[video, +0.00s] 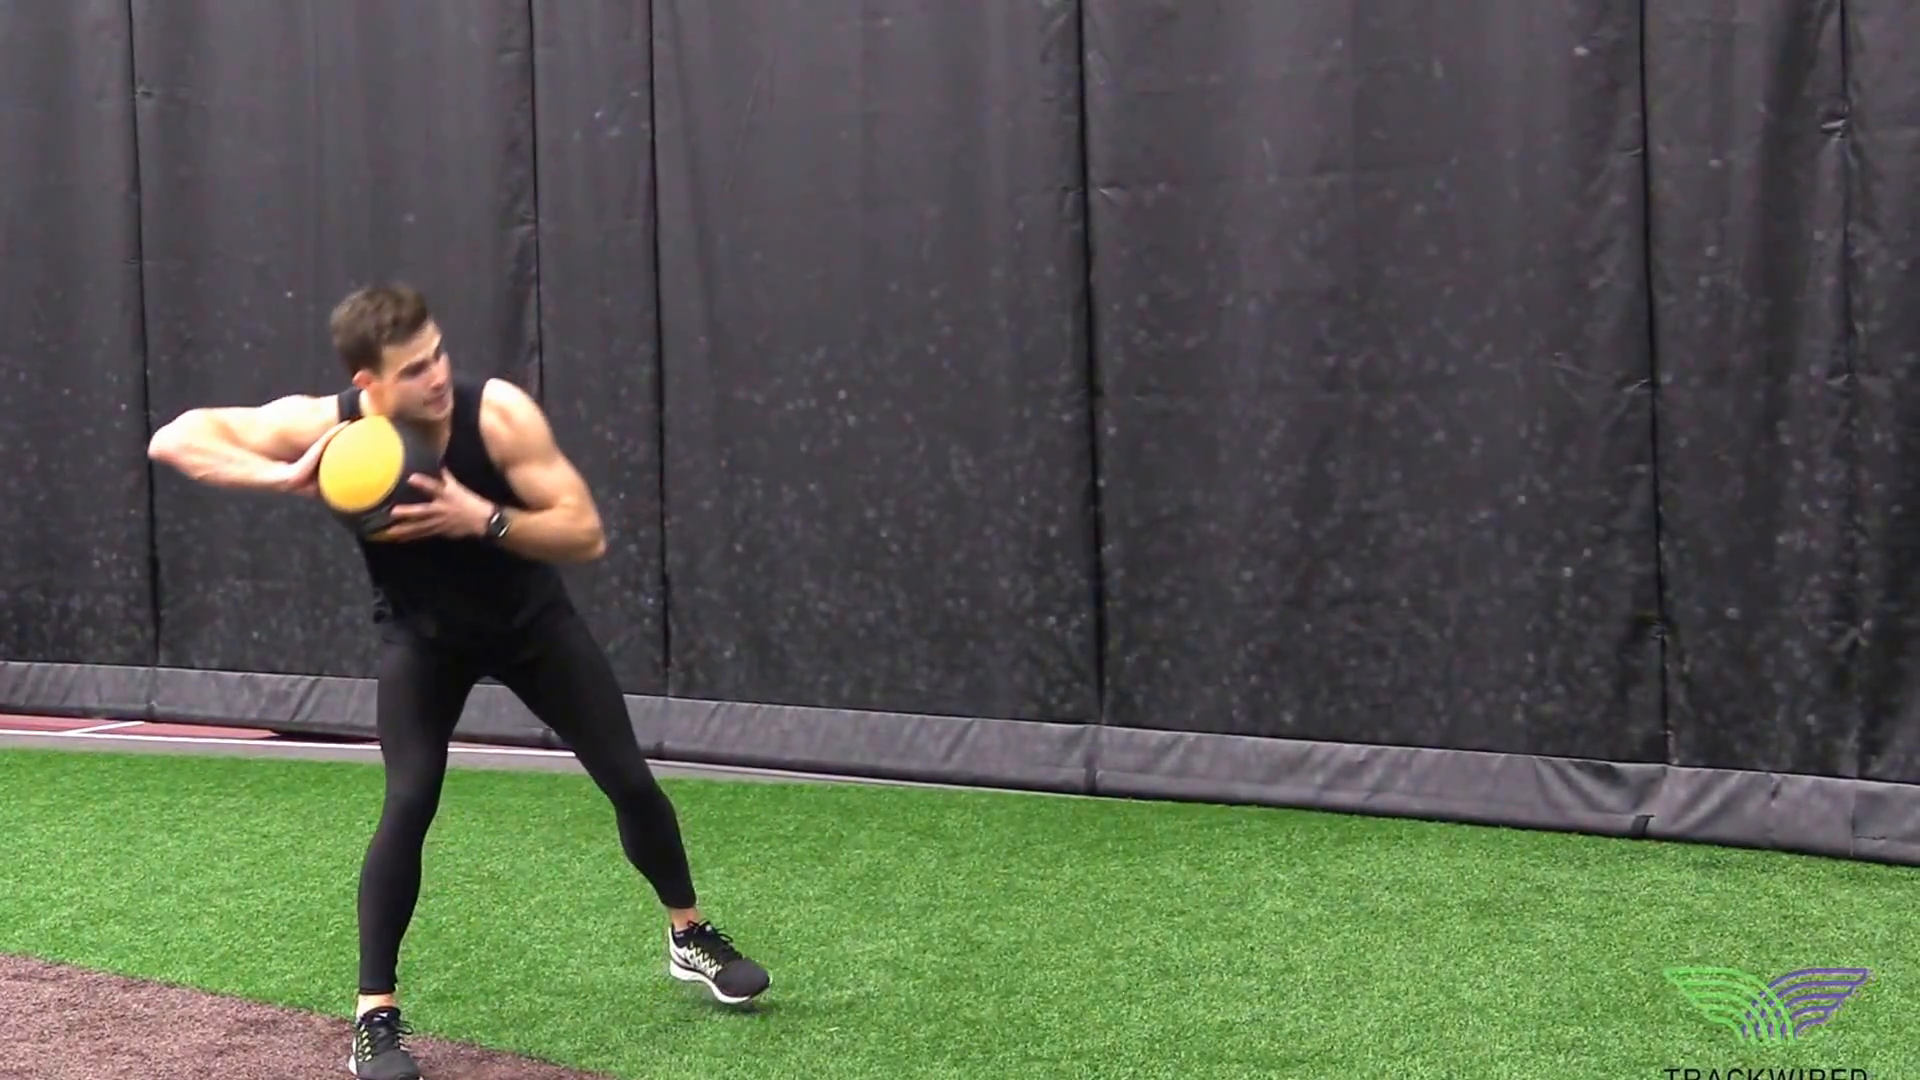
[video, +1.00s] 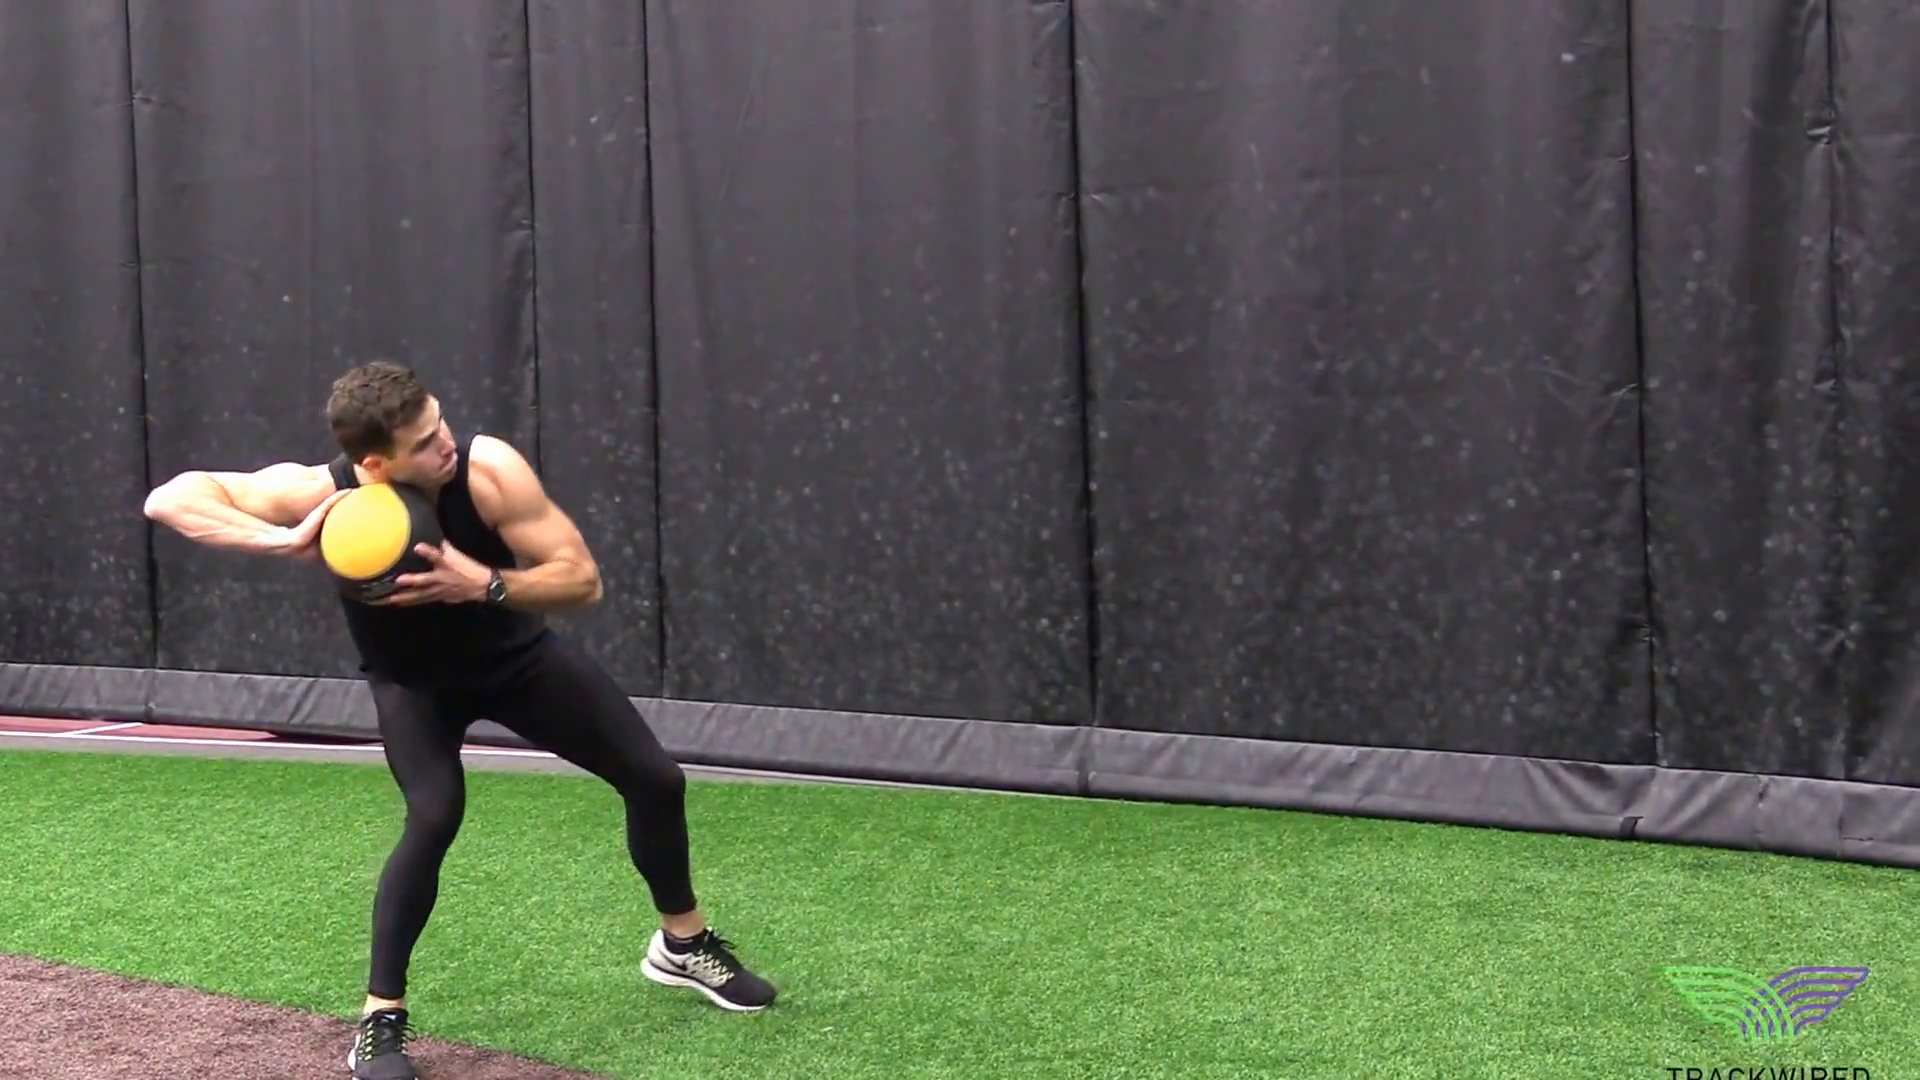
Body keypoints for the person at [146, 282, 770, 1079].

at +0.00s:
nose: (441, 376)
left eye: (440, 354)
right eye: (417, 368)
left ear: (448, 346)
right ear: (367, 384)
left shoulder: (501, 412)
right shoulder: (328, 427)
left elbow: (585, 535)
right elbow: (172, 441)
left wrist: (486, 518)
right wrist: (275, 473)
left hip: (535, 619)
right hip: (424, 636)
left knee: (631, 781)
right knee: (409, 800)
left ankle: (692, 933)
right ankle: (377, 1011)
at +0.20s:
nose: (416, 419)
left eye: (414, 398)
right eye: (393, 414)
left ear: (419, 381)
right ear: (341, 425)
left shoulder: (478, 445)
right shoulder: (302, 458)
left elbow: (568, 561)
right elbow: (148, 468)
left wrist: (464, 555)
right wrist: (255, 509)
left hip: (520, 626)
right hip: (411, 645)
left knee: (624, 778)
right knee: (398, 803)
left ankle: (696, 930)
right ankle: (374, 1014)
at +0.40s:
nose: (406, 446)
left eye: (405, 426)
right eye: (383, 444)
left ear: (406, 405)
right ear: (332, 458)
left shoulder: (465, 466)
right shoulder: (288, 477)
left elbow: (557, 583)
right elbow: (137, 483)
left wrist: (452, 584)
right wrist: (241, 532)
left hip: (516, 635)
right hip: (403, 658)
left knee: (625, 780)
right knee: (396, 805)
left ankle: (697, 928)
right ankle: (372, 1013)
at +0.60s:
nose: (411, 460)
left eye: (408, 441)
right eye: (389, 459)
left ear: (410, 422)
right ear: (335, 473)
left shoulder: (463, 481)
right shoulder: (290, 490)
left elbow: (557, 595)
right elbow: (138, 489)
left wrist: (449, 600)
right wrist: (240, 544)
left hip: (513, 642)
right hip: (399, 666)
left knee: (631, 779)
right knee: (396, 808)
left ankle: (698, 929)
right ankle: (373, 1015)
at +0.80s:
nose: (424, 462)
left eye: (420, 444)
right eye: (402, 462)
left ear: (422, 425)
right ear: (349, 477)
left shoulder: (472, 486)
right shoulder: (301, 496)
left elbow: (563, 600)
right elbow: (147, 492)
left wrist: (461, 602)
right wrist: (251, 545)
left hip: (516, 651)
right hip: (403, 674)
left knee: (641, 778)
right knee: (410, 809)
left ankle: (694, 935)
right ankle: (378, 1014)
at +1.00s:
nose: (446, 446)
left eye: (442, 429)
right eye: (425, 444)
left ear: (442, 411)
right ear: (371, 467)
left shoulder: (493, 472)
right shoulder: (320, 494)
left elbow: (580, 579)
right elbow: (167, 498)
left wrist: (487, 583)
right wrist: (277, 539)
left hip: (519, 655)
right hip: (412, 681)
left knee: (656, 780)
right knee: (434, 813)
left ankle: (684, 940)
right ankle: (383, 1016)